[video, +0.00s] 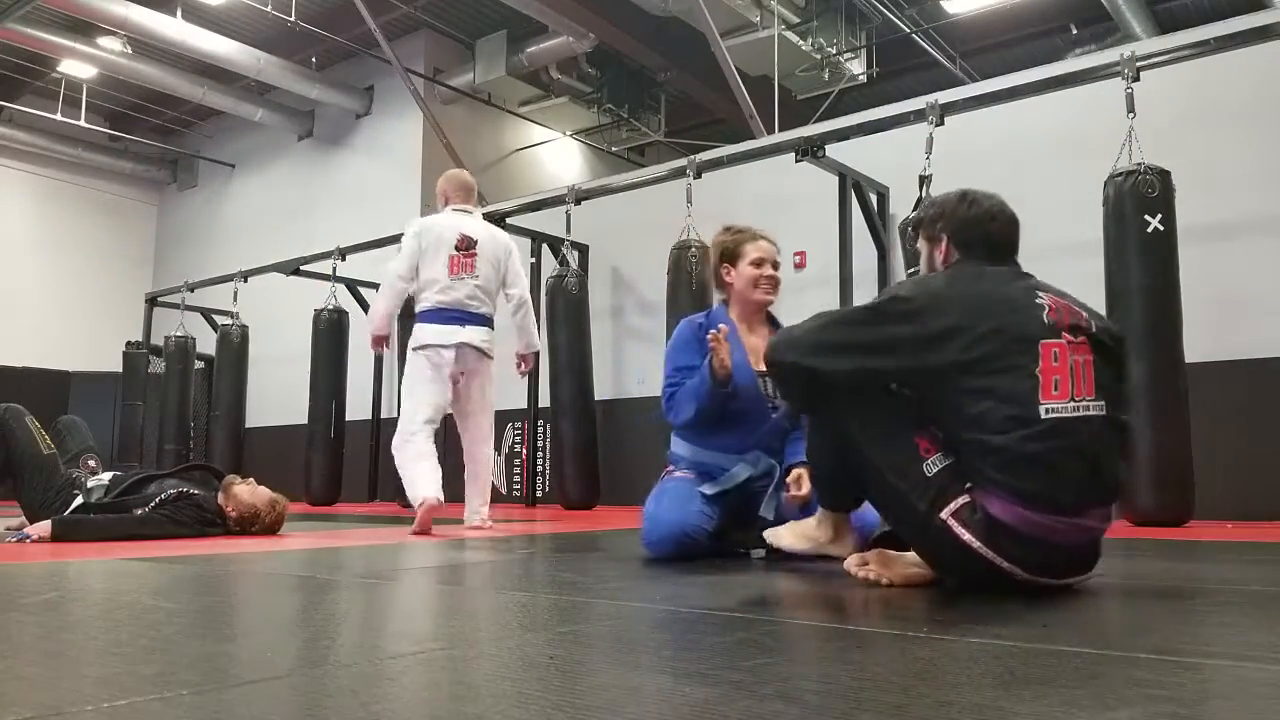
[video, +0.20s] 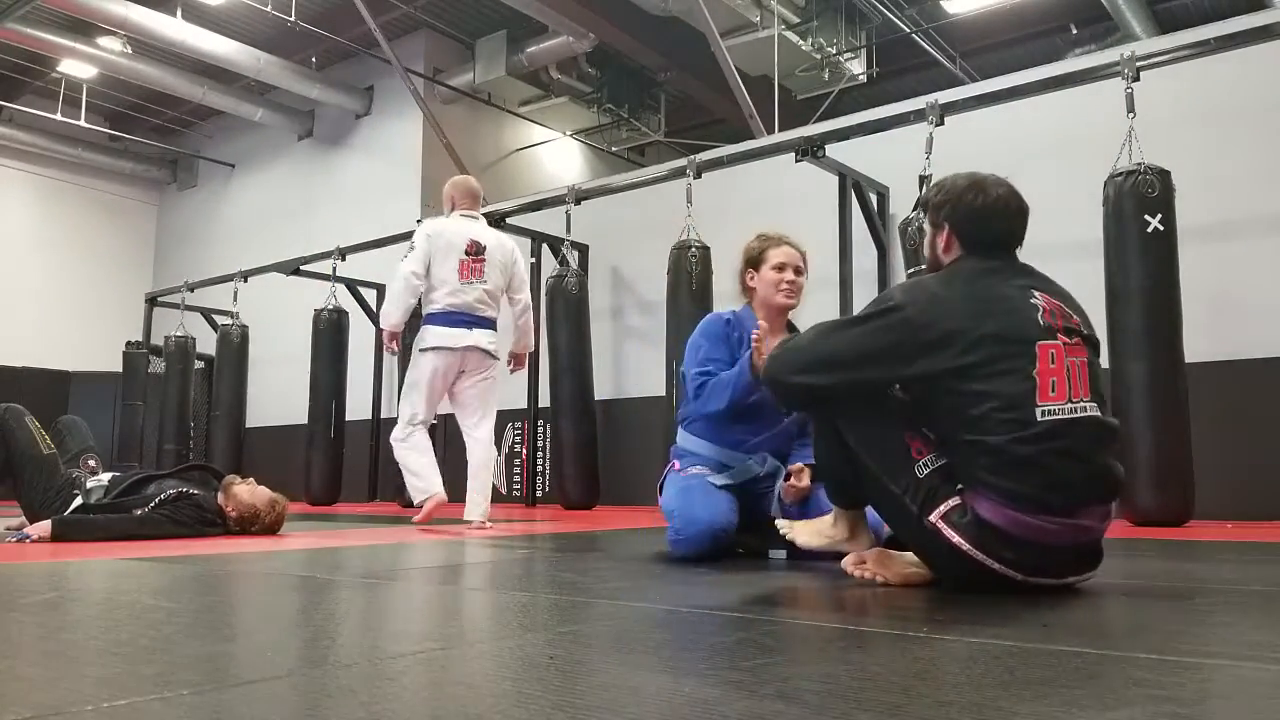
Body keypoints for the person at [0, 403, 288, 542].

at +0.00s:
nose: (247, 476)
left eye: (249, 488)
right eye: (255, 483)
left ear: (233, 511)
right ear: (236, 505)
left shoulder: (197, 513)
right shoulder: (215, 490)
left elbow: (129, 524)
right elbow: (154, 485)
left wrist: (56, 526)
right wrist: (113, 480)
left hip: (68, 499)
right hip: (101, 484)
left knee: (11, 414)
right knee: (68, 421)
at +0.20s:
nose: (246, 476)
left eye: (248, 488)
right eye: (254, 483)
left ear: (234, 510)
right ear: (236, 504)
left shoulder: (197, 513)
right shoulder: (215, 489)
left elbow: (129, 525)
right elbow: (152, 486)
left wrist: (56, 526)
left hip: (68, 500)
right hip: (100, 485)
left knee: (12, 414)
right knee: (69, 421)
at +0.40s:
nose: (247, 476)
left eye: (249, 488)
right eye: (255, 483)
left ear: (234, 511)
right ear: (236, 504)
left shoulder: (197, 512)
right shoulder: (215, 489)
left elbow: (130, 524)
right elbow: (152, 486)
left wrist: (56, 526)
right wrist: (112, 481)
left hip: (67, 499)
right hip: (100, 485)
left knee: (12, 414)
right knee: (69, 421)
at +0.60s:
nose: (248, 477)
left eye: (251, 488)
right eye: (256, 483)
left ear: (235, 510)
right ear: (237, 504)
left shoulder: (199, 513)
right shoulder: (214, 487)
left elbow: (130, 525)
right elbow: (150, 486)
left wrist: (56, 526)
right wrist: (112, 481)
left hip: (69, 500)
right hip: (99, 486)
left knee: (11, 414)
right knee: (69, 422)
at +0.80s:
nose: (248, 476)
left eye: (251, 487)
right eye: (257, 483)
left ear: (234, 510)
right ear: (236, 505)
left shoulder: (199, 513)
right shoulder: (215, 487)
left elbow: (130, 525)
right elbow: (150, 486)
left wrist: (56, 526)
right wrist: (112, 481)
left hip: (69, 500)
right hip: (99, 485)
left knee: (11, 414)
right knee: (69, 422)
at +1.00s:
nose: (249, 477)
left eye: (251, 488)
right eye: (257, 483)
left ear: (235, 511)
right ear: (237, 505)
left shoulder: (200, 513)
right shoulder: (216, 489)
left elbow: (131, 525)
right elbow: (150, 485)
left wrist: (56, 526)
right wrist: (112, 480)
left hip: (70, 501)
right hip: (101, 485)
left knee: (12, 414)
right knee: (69, 422)